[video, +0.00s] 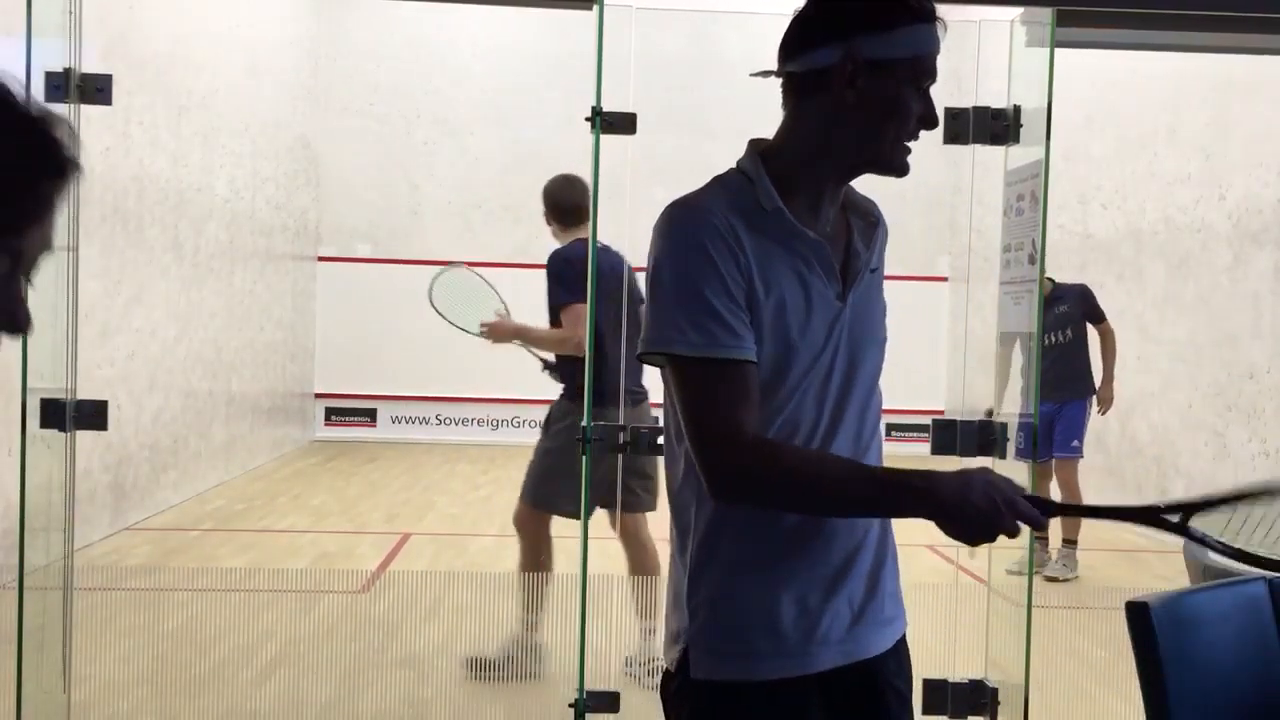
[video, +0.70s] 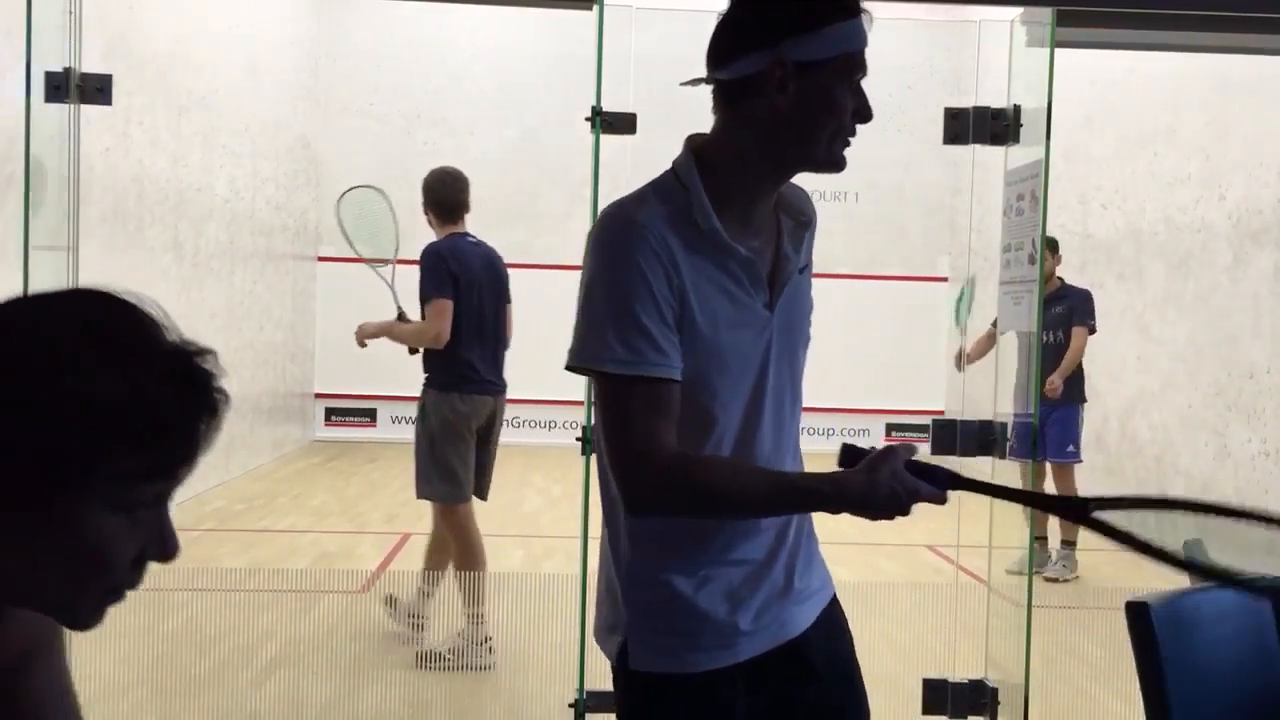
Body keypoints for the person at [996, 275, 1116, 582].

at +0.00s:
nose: (1025, 281)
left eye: (1028, 274)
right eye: (1019, 278)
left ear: (1038, 270)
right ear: (1015, 280)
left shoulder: (1076, 294)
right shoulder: (1018, 305)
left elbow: (1105, 331)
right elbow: (1004, 351)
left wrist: (1107, 382)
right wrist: (996, 400)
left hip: (1072, 399)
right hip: (1035, 400)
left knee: (1065, 472)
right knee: (1038, 475)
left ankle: (1067, 557)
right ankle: (1038, 550)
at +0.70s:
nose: (1036, 267)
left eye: (1042, 260)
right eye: (1032, 260)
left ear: (1056, 260)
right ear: (1025, 264)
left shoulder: (1077, 298)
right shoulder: (1021, 299)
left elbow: (1078, 344)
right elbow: (991, 335)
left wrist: (1059, 375)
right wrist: (969, 356)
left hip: (1063, 402)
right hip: (1026, 400)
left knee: (1062, 475)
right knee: (1031, 476)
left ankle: (1067, 555)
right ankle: (1038, 551)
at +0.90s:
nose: (1035, 269)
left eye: (1040, 262)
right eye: (1029, 263)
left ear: (1052, 261)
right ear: (1020, 265)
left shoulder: (1070, 299)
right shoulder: (1017, 299)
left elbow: (1049, 348)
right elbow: (984, 334)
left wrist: (1015, 379)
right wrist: (975, 330)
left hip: (1059, 402)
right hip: (1023, 399)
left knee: (1059, 478)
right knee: (1011, 474)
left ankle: (1067, 555)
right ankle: (1035, 547)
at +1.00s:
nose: (1025, 265)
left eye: (1032, 257)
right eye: (1019, 258)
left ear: (1045, 259)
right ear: (1011, 261)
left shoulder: (1062, 298)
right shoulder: (1014, 298)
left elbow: (1036, 337)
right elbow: (980, 333)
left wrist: (987, 358)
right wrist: (982, 316)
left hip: (1054, 403)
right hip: (1017, 401)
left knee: (1057, 479)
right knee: (1000, 477)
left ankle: (1067, 556)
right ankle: (1026, 542)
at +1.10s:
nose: (1013, 262)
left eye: (1021, 254)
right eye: (1008, 255)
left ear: (1034, 257)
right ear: (1002, 258)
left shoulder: (1053, 297)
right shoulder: (1005, 297)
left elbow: (1019, 334)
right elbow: (977, 331)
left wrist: (963, 336)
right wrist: (980, 303)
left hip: (1047, 401)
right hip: (1012, 402)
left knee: (1053, 480)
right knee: (984, 470)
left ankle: (1067, 556)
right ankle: (1002, 547)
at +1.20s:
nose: (986, 269)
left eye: (992, 263)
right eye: (985, 264)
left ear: (1012, 263)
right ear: (985, 266)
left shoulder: (1038, 297)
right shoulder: (993, 299)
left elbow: (1010, 330)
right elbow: (968, 326)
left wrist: (955, 326)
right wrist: (970, 292)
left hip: (1038, 401)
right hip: (1002, 399)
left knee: (1048, 482)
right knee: (971, 469)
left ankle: (1066, 555)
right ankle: (964, 547)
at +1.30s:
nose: (963, 277)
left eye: (969, 270)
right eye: (961, 271)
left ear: (989, 268)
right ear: (966, 271)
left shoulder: (1016, 299)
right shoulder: (972, 302)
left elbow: (1003, 336)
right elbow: (952, 329)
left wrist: (941, 335)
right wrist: (955, 281)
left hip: (1023, 404)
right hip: (987, 402)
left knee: (1041, 481)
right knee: (953, 470)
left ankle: (1065, 554)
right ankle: (924, 539)